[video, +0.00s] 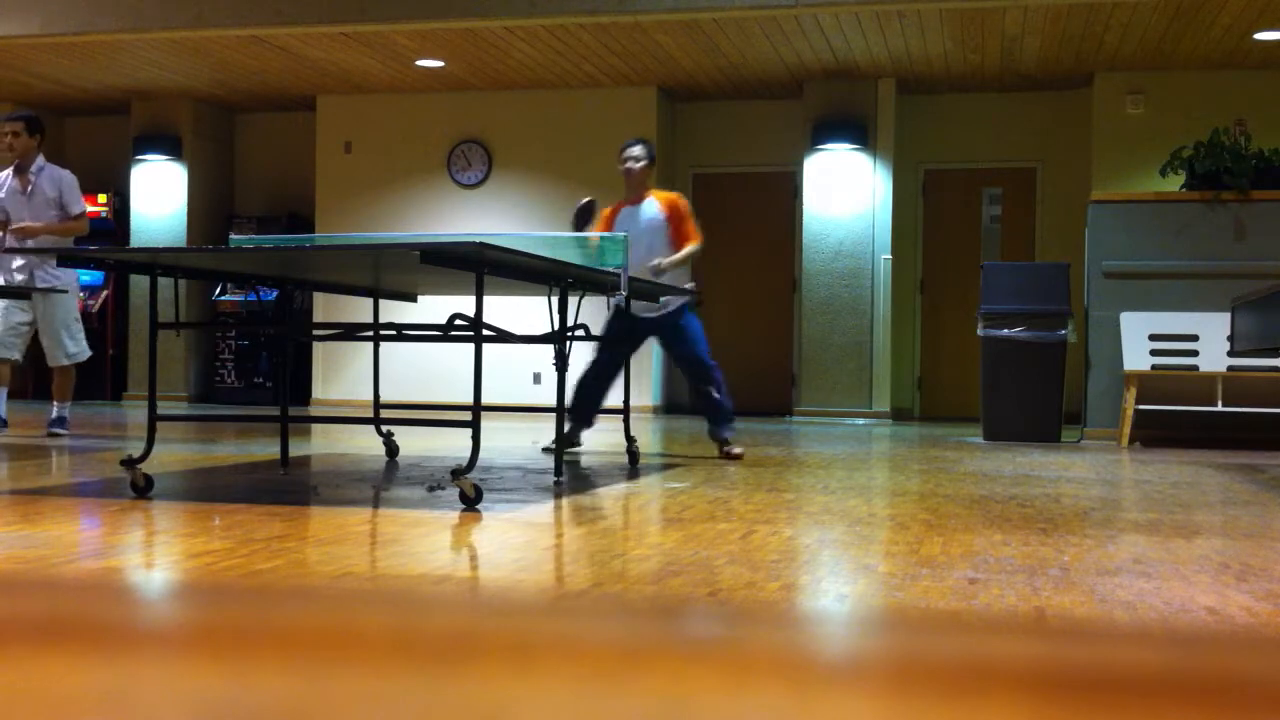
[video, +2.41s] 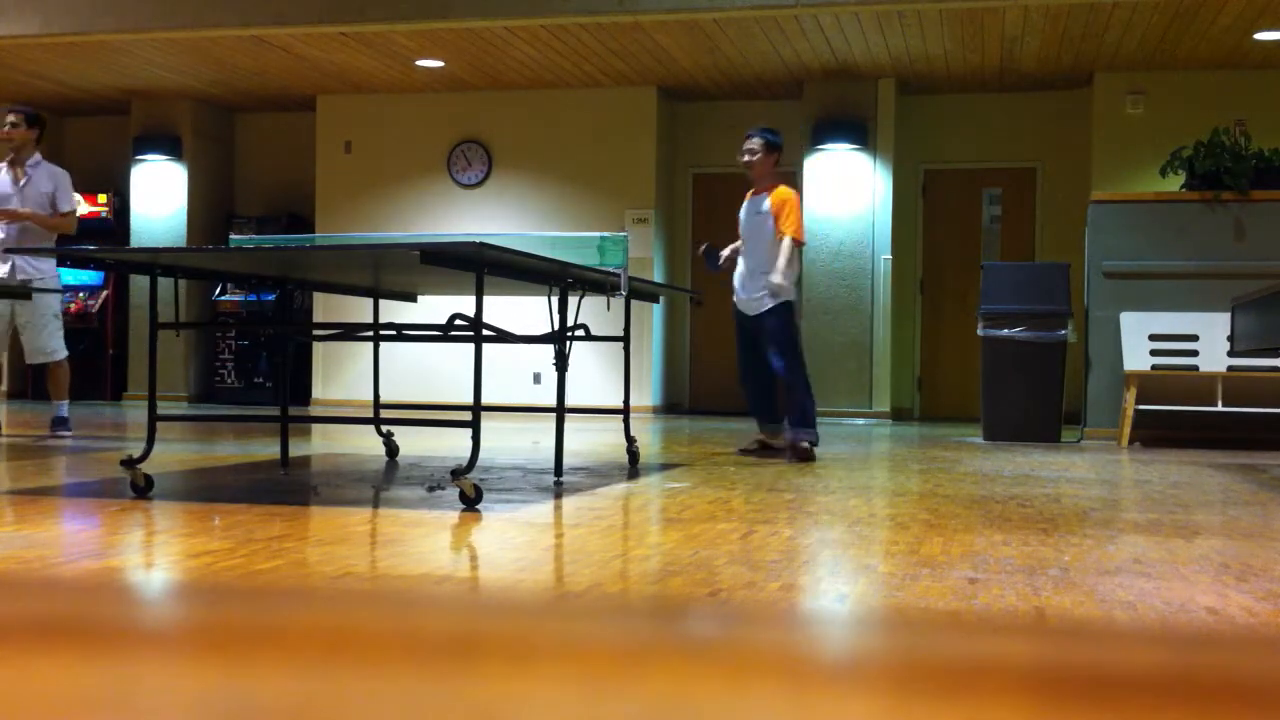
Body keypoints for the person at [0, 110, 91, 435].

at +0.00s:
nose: (8, 141)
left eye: (15, 135)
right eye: (5, 135)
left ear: (36, 139)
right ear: (2, 140)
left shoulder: (62, 179)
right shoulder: (2, 181)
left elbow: (81, 225)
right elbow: (3, 221)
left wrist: (40, 229)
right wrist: (3, 229)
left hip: (53, 282)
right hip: (11, 281)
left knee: (62, 355)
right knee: (2, 350)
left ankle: (59, 416)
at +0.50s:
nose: (22, 171)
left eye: (28, 165)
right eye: (17, 166)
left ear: (45, 167)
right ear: (13, 169)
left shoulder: (66, 198)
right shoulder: (7, 201)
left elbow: (78, 232)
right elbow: (0, 230)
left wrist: (73, 250)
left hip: (63, 287)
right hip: (15, 289)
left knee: (80, 349)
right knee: (2, 350)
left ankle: (89, 414)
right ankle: (0, 413)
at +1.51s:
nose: (1, 151)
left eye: (4, 145)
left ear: (23, 146)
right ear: (6, 149)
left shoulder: (58, 181)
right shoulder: (3, 191)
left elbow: (88, 224)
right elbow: (6, 240)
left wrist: (53, 243)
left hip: (65, 284)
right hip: (20, 284)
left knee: (85, 353)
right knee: (2, 352)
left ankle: (94, 416)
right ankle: (0, 416)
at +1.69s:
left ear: (5, 142)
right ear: (4, 142)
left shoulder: (38, 177)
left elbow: (68, 218)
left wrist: (29, 243)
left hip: (49, 283)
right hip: (7, 283)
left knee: (75, 351)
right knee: (2, 358)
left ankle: (90, 413)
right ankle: (3, 423)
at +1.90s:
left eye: (0, 132)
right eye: (0, 133)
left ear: (5, 135)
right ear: (5, 136)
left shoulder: (29, 171)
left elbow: (58, 213)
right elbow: (54, 213)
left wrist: (19, 234)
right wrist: (20, 236)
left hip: (37, 274)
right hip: (4, 276)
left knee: (59, 346)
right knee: (1, 356)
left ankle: (76, 408)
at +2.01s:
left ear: (5, 134)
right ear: (3, 135)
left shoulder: (31, 171)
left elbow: (55, 216)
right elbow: (50, 216)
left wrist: (14, 232)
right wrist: (14, 234)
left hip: (30, 273)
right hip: (2, 273)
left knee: (47, 344)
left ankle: (66, 406)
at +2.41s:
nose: (6, 131)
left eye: (15, 125)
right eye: (5, 125)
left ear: (34, 132)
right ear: (2, 133)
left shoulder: (56, 176)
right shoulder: (1, 175)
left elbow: (69, 224)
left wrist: (28, 216)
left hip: (39, 274)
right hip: (2, 271)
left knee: (52, 350)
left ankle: (60, 414)